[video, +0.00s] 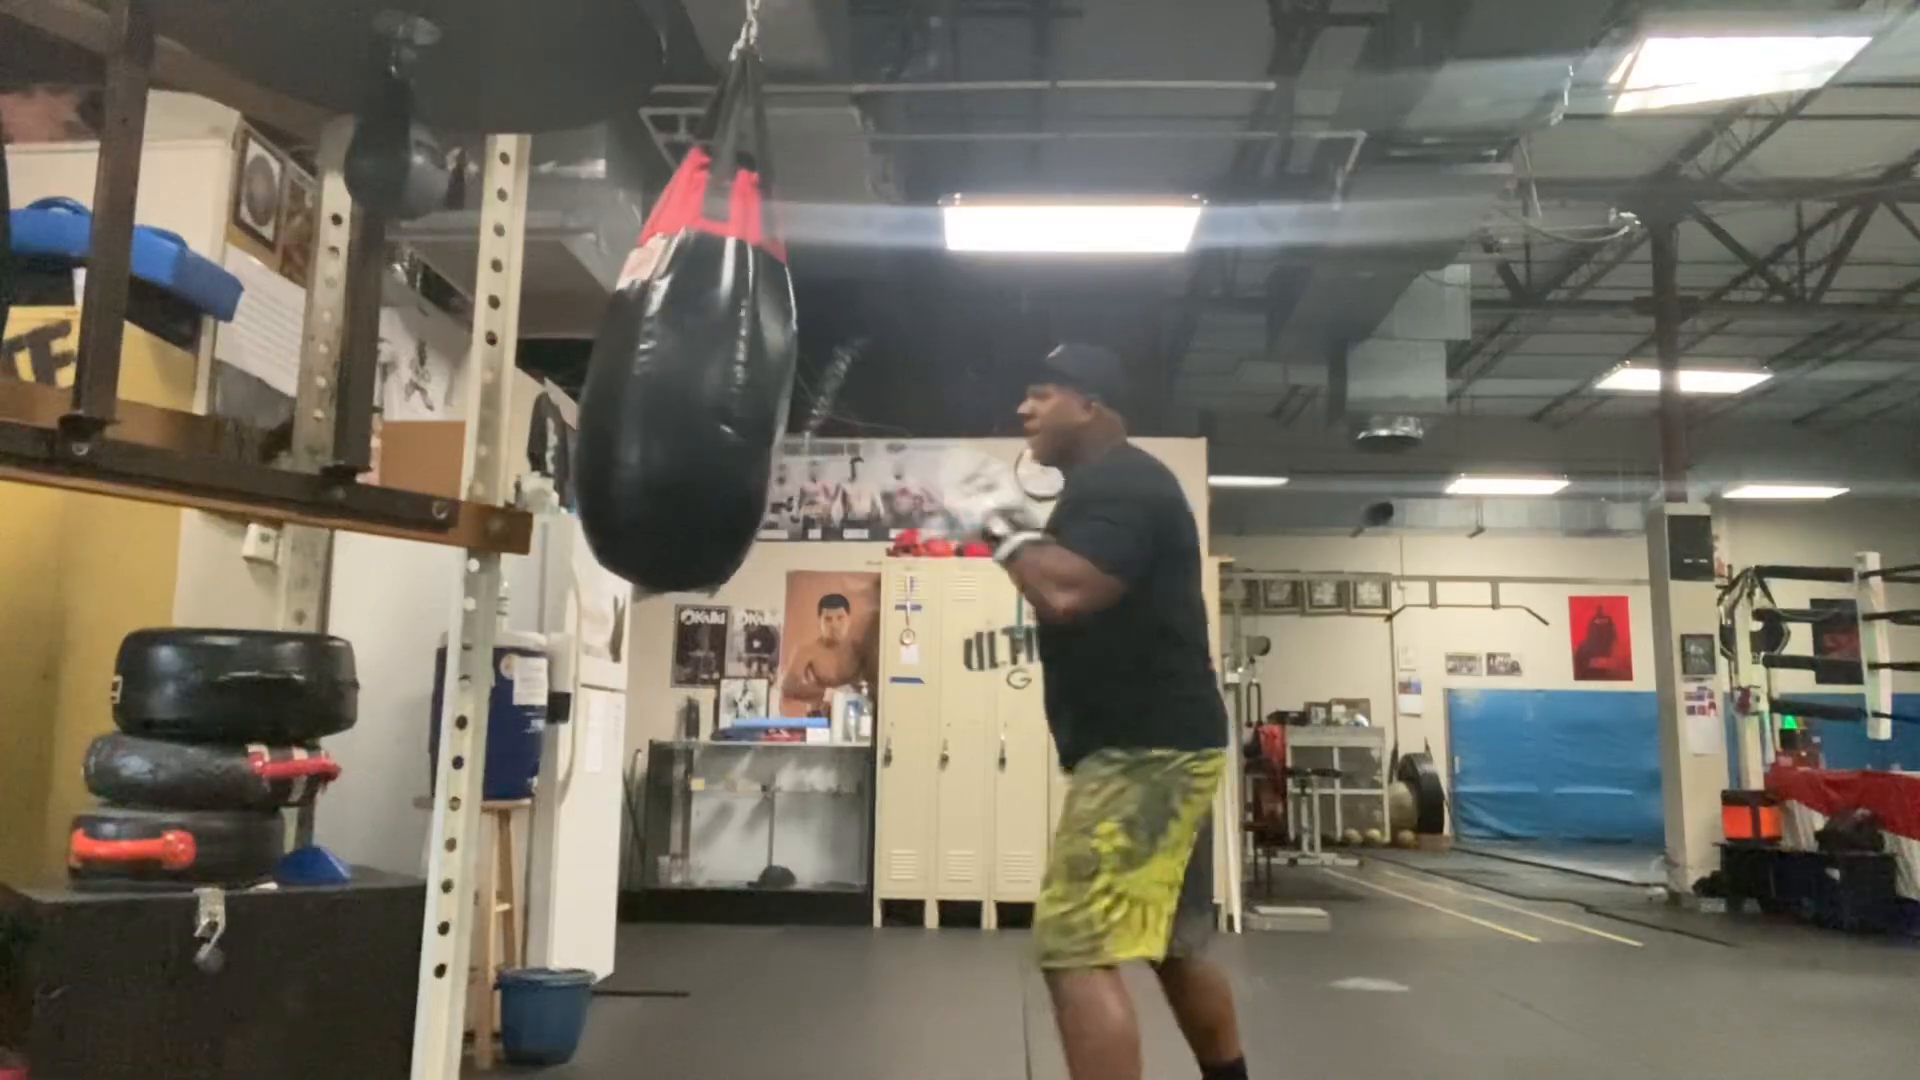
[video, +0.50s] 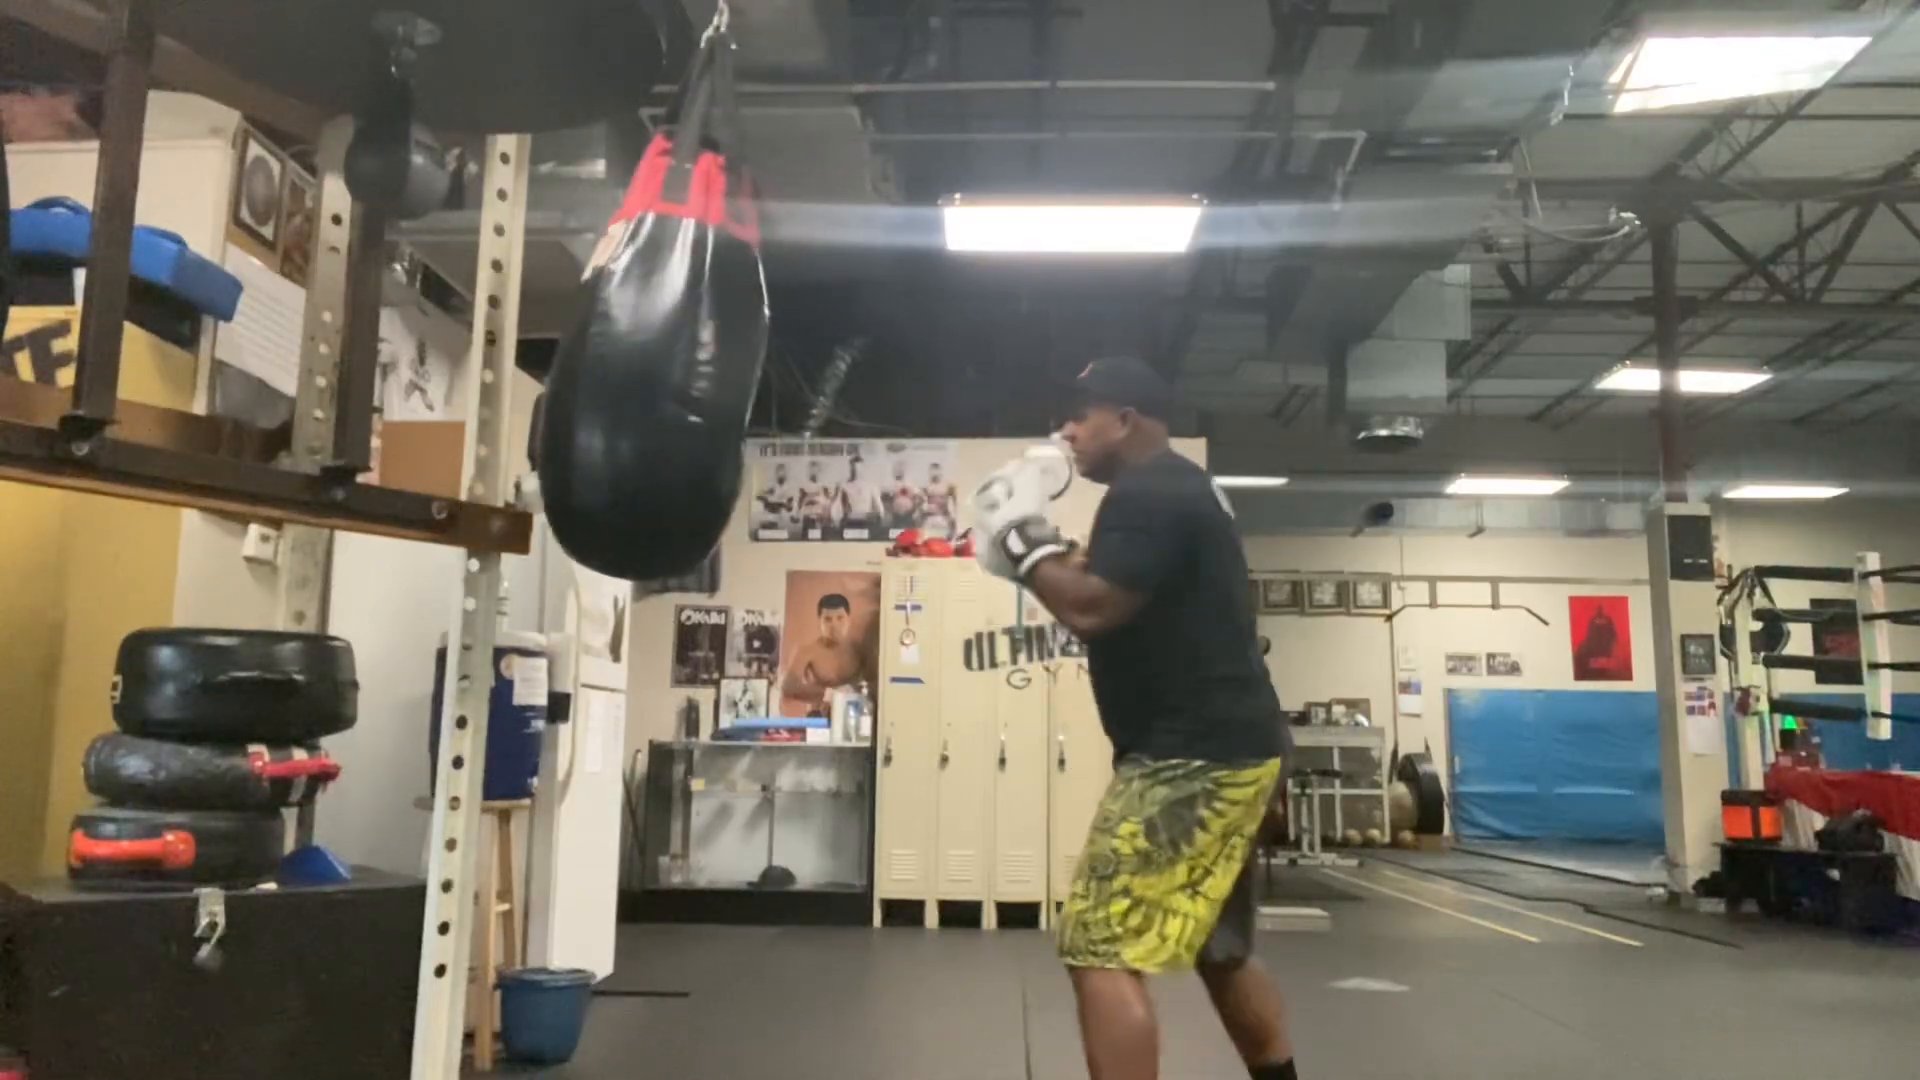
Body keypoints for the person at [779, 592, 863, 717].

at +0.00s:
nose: (834, 625)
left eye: (840, 618)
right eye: (828, 619)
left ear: (848, 619)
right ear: (819, 620)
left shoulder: (857, 652)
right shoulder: (807, 652)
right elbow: (788, 688)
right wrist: (824, 693)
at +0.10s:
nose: (834, 625)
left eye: (840, 618)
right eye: (828, 619)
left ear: (848, 619)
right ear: (819, 620)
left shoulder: (857, 653)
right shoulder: (807, 652)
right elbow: (788, 688)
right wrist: (824, 694)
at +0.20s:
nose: (834, 625)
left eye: (840, 618)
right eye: (828, 619)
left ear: (848, 619)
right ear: (819, 620)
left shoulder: (858, 653)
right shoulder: (807, 652)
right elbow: (789, 688)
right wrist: (824, 694)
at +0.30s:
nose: (834, 625)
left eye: (840, 618)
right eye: (828, 619)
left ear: (848, 619)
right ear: (819, 620)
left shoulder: (857, 652)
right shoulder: (807, 652)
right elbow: (789, 688)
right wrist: (825, 693)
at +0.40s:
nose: (834, 625)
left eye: (839, 618)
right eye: (828, 619)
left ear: (848, 619)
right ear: (819, 620)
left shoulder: (857, 653)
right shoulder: (807, 652)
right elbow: (789, 688)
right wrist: (826, 694)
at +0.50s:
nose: (834, 625)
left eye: (840, 618)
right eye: (828, 619)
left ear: (848, 619)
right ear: (819, 620)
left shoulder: (857, 653)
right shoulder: (807, 652)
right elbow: (789, 688)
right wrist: (825, 694)